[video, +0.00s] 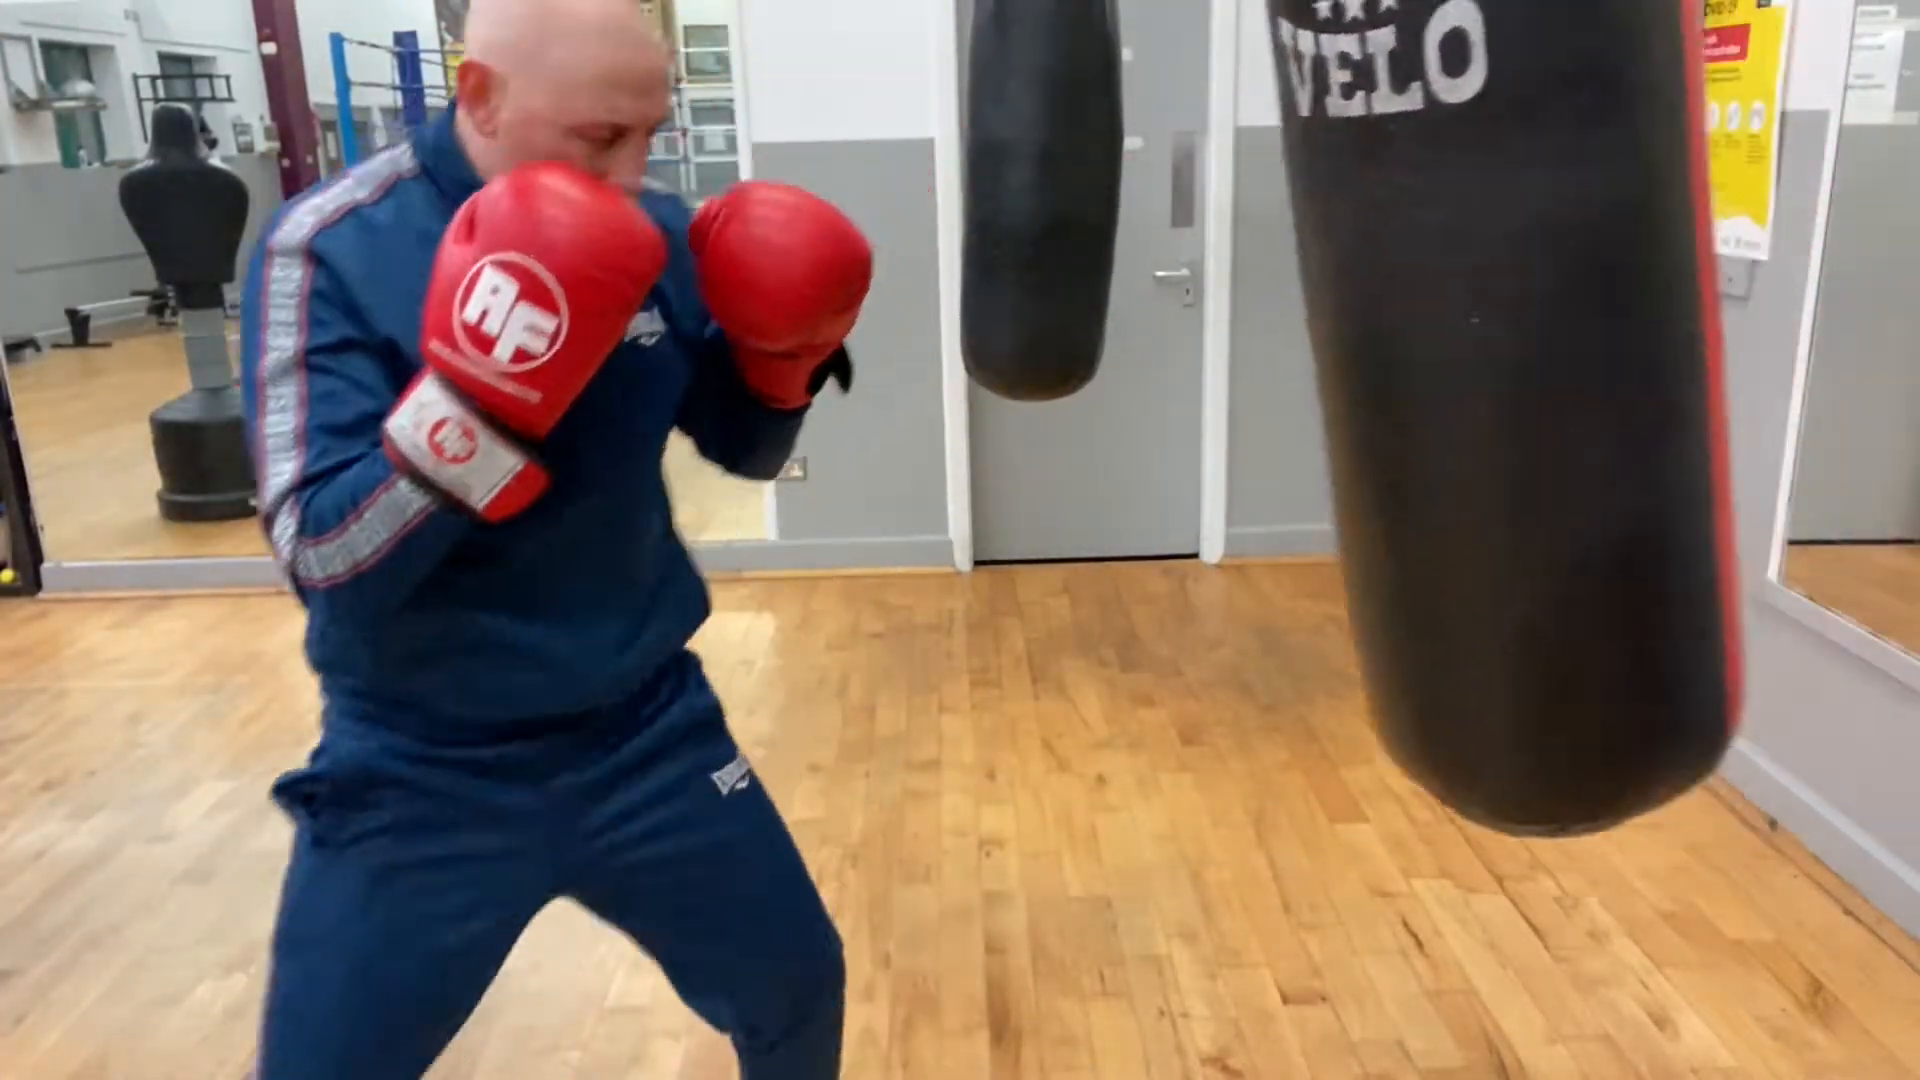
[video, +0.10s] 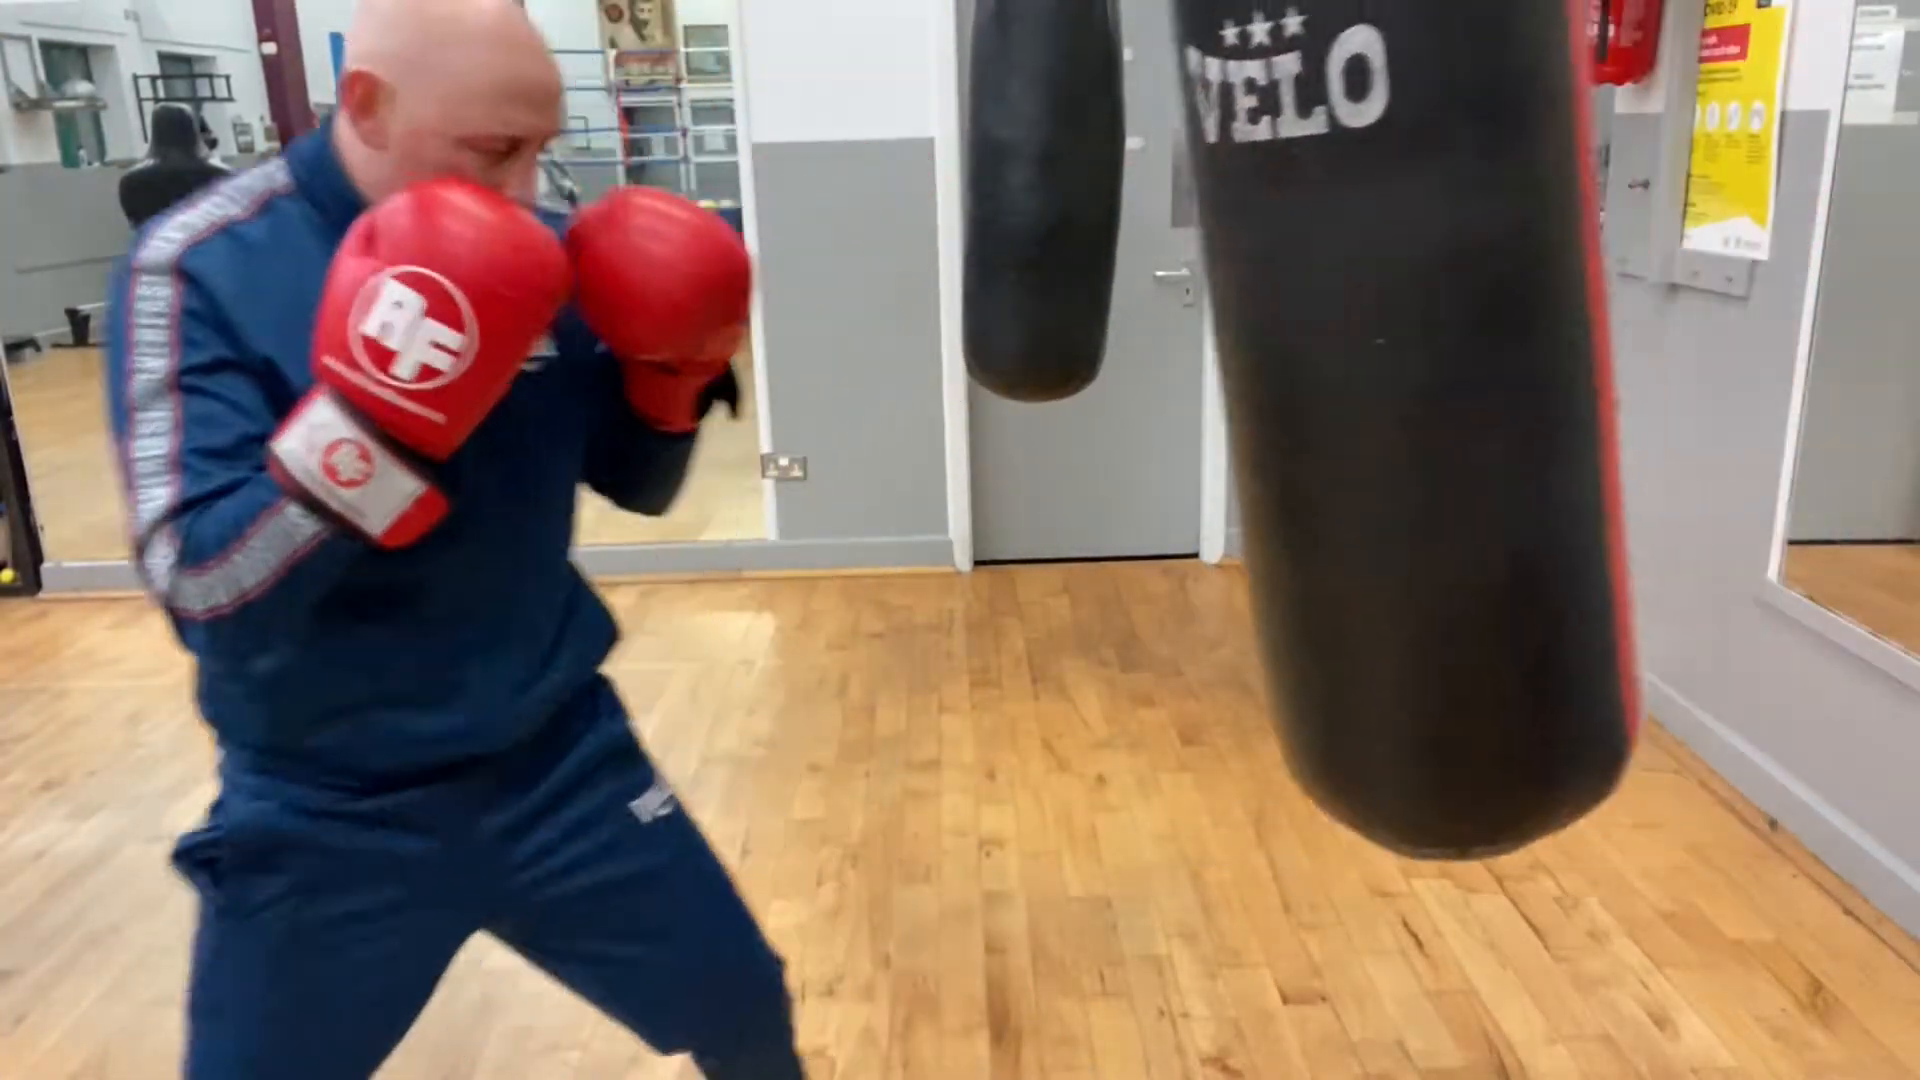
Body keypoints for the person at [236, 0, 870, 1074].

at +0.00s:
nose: (629, 176)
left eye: (649, 136)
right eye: (598, 138)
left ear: (668, 110)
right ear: (478, 97)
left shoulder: (657, 230)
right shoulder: (324, 251)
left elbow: (745, 448)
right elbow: (321, 559)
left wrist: (787, 355)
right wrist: (477, 399)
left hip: (648, 747)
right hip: (419, 782)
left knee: (801, 994)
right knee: (317, 1069)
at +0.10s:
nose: (522, 189)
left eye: (539, 154)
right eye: (493, 152)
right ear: (366, 108)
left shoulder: (537, 241)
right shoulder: (192, 269)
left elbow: (636, 482)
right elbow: (198, 583)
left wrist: (673, 375)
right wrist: (377, 416)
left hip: (560, 772)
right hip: (324, 819)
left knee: (747, 1011)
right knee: (248, 1071)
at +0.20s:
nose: (390, 130)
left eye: (412, 94)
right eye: (360, 92)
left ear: (432, 69)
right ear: (228, 39)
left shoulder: (415, 165)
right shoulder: (51, 221)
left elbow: (502, 461)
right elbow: (55, 577)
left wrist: (537, 338)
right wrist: (242, 379)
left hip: (451, 760)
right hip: (207, 815)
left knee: (669, 1041)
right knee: (156, 1072)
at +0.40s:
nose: (228, 84)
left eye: (246, 41)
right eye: (193, 37)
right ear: (47, 7)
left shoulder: (237, 164)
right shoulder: (2, 197)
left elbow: (359, 438)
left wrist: (380, 326)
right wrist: (78, 368)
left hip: (313, 713)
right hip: (71, 782)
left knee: (489, 985)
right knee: (66, 1070)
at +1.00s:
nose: (116, 28)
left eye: (127, 14)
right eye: (76, 17)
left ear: (148, 16)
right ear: (0, 25)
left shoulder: (186, 146)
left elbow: (292, 392)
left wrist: (295, 239)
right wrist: (34, 277)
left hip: (233, 675)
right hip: (29, 722)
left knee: (344, 990)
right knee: (23, 1044)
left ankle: (367, 1075)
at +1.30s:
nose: (12, 22)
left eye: (11, 16)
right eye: (7, 16)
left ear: (17, 29)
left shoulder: (78, 199)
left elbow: (197, 436)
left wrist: (226, 333)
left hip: (149, 730)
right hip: (7, 783)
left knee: (310, 1023)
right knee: (8, 1060)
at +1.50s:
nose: (76, 35)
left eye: (83, 24)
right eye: (45, 26)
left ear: (104, 21)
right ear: (7, 20)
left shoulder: (143, 154)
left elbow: (317, 359)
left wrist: (321, 212)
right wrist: (13, 230)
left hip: (207, 697)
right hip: (27, 748)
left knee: (436, 963)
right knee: (13, 1052)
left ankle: (500, 1072)